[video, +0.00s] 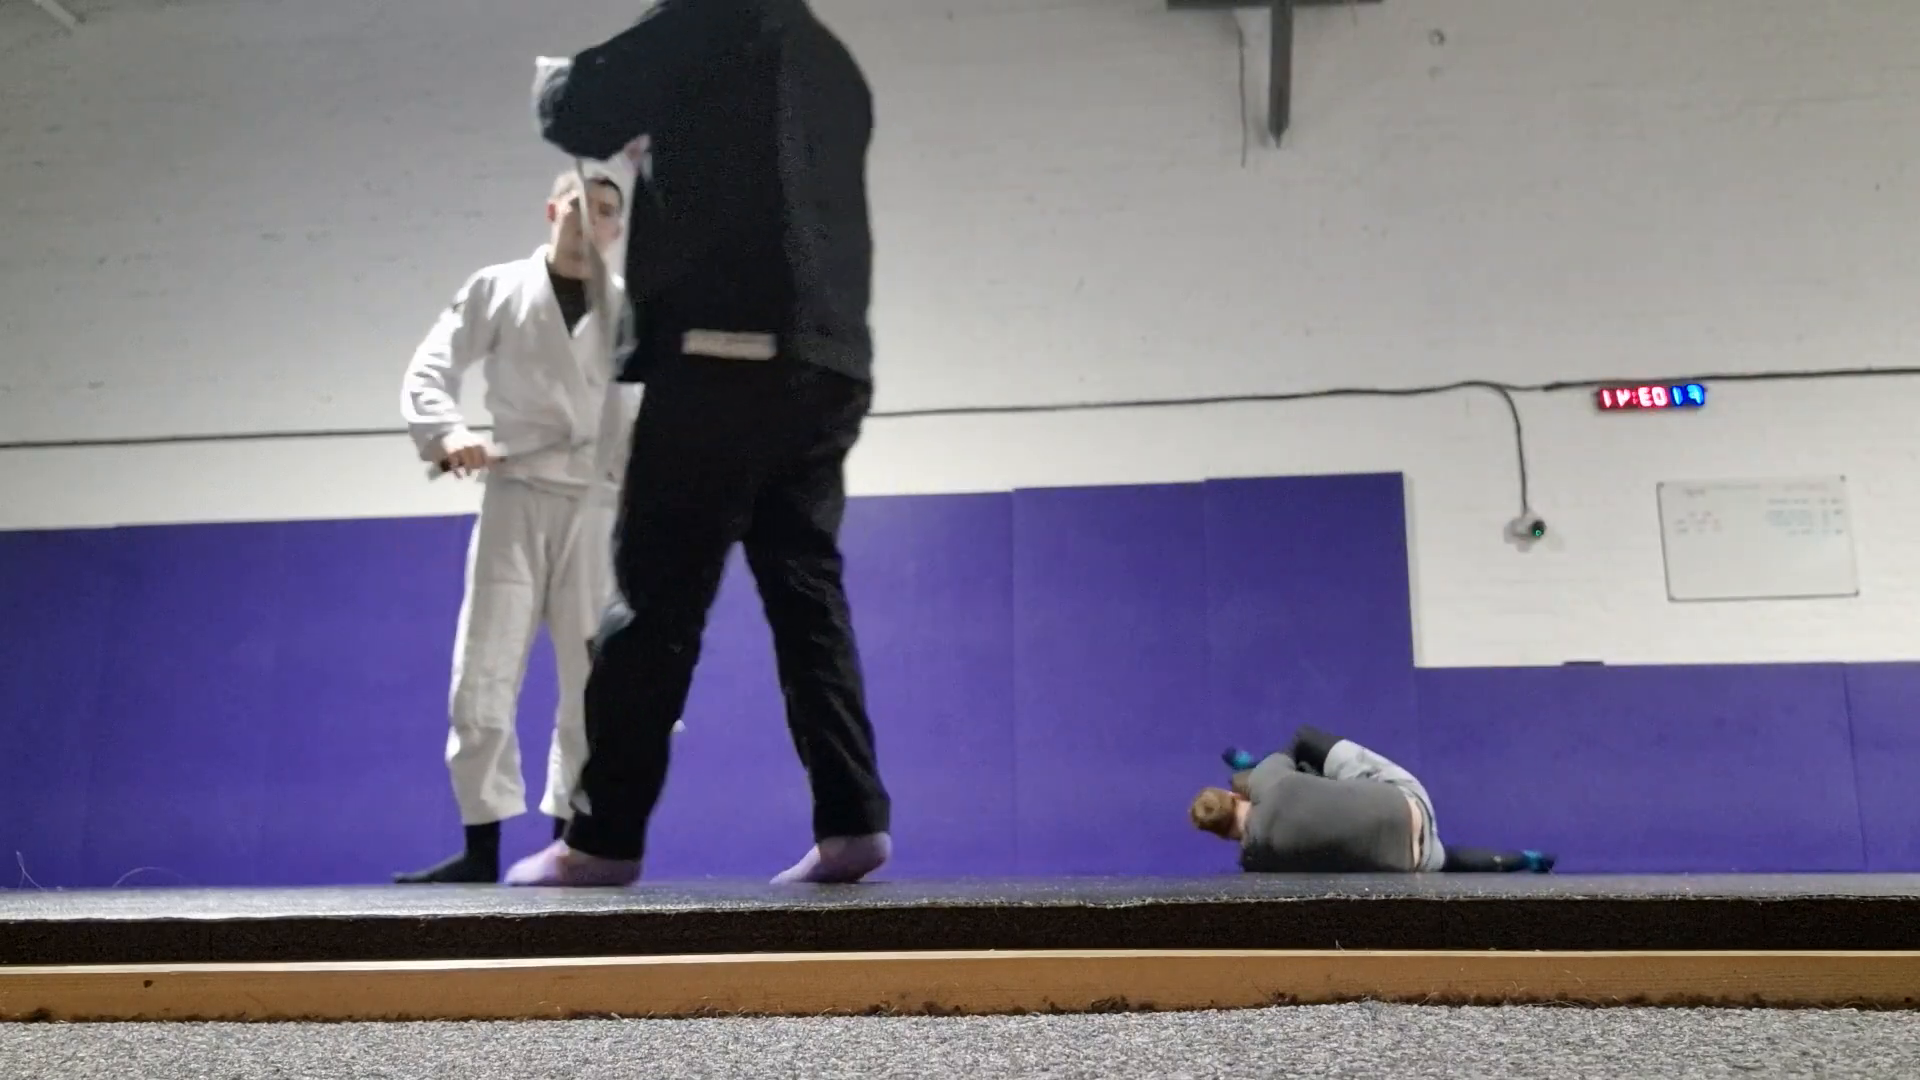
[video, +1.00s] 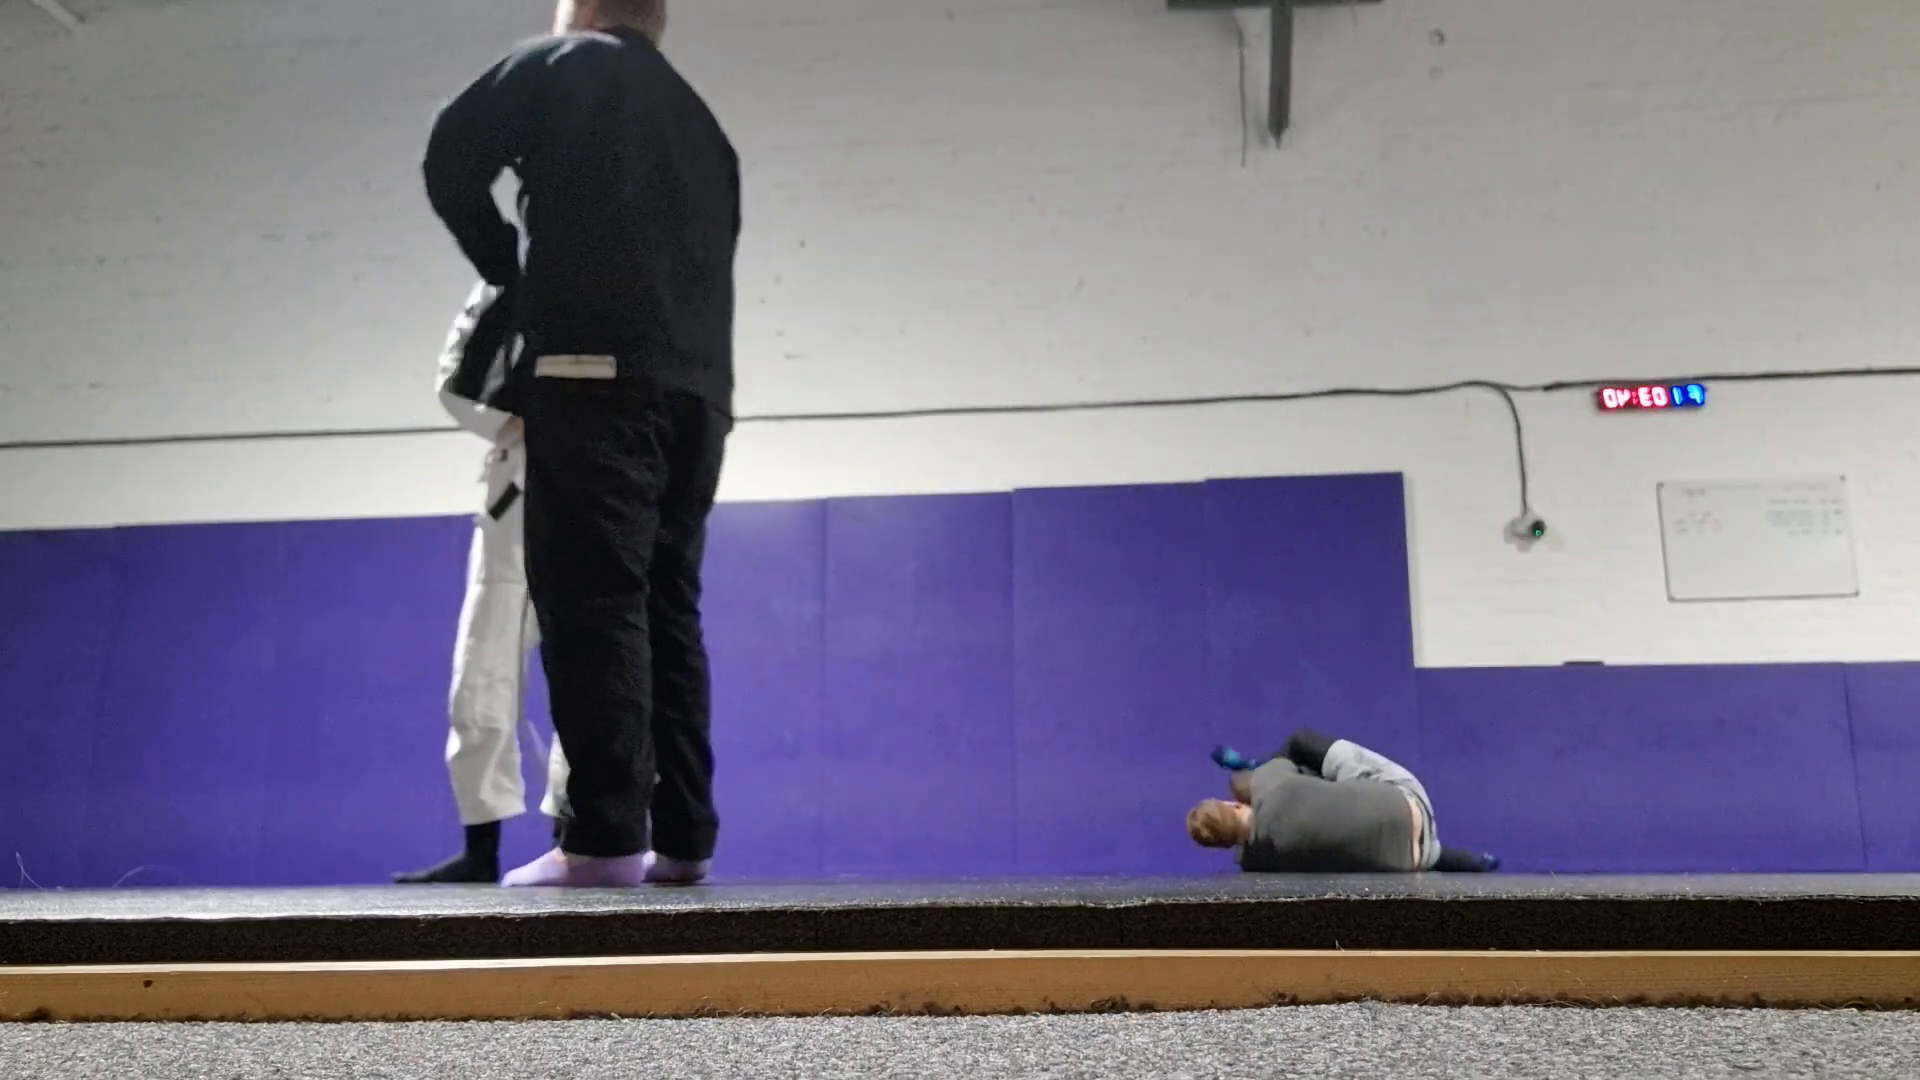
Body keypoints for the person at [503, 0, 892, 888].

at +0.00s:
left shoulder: (695, 22)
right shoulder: (841, 62)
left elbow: (578, 120)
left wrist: (557, 77)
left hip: (713, 372)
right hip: (826, 377)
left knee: (655, 608)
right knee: (808, 594)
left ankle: (602, 843)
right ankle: (854, 826)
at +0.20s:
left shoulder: (633, 23)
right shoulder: (784, 63)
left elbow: (520, 120)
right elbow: (719, 181)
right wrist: (599, 186)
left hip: (658, 364)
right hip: (776, 372)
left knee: (622, 609)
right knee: (759, 581)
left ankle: (604, 848)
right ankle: (825, 793)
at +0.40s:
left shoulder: (574, 25)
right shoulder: (740, 67)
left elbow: (444, 120)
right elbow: (732, 222)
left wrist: (509, 123)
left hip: (620, 365)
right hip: (733, 368)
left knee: (610, 606)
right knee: (714, 574)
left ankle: (602, 848)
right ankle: (776, 776)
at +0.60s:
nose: (533, 11)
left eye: (535, 9)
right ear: (630, 3)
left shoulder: (539, 30)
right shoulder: (705, 76)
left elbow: (411, 94)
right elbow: (764, 205)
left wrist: (485, 230)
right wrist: (665, 247)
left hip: (597, 355)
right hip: (712, 368)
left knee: (603, 605)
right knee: (686, 595)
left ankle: (602, 849)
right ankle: (718, 832)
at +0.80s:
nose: (533, 17)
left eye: (534, 9)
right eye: (537, 11)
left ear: (557, 5)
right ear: (627, 11)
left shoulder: (535, 49)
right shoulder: (699, 95)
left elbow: (415, 124)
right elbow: (747, 222)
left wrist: (475, 260)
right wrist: (648, 266)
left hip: (599, 365)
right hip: (700, 379)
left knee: (598, 606)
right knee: (672, 605)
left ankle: (602, 846)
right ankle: (681, 843)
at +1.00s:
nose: (554, 23)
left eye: (558, 15)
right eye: (559, 18)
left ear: (579, 12)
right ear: (656, 22)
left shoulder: (551, 65)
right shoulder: (707, 126)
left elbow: (451, 162)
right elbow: (707, 261)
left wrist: (519, 280)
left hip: (594, 381)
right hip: (698, 394)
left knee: (592, 608)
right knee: (669, 608)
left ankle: (602, 844)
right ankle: (682, 843)